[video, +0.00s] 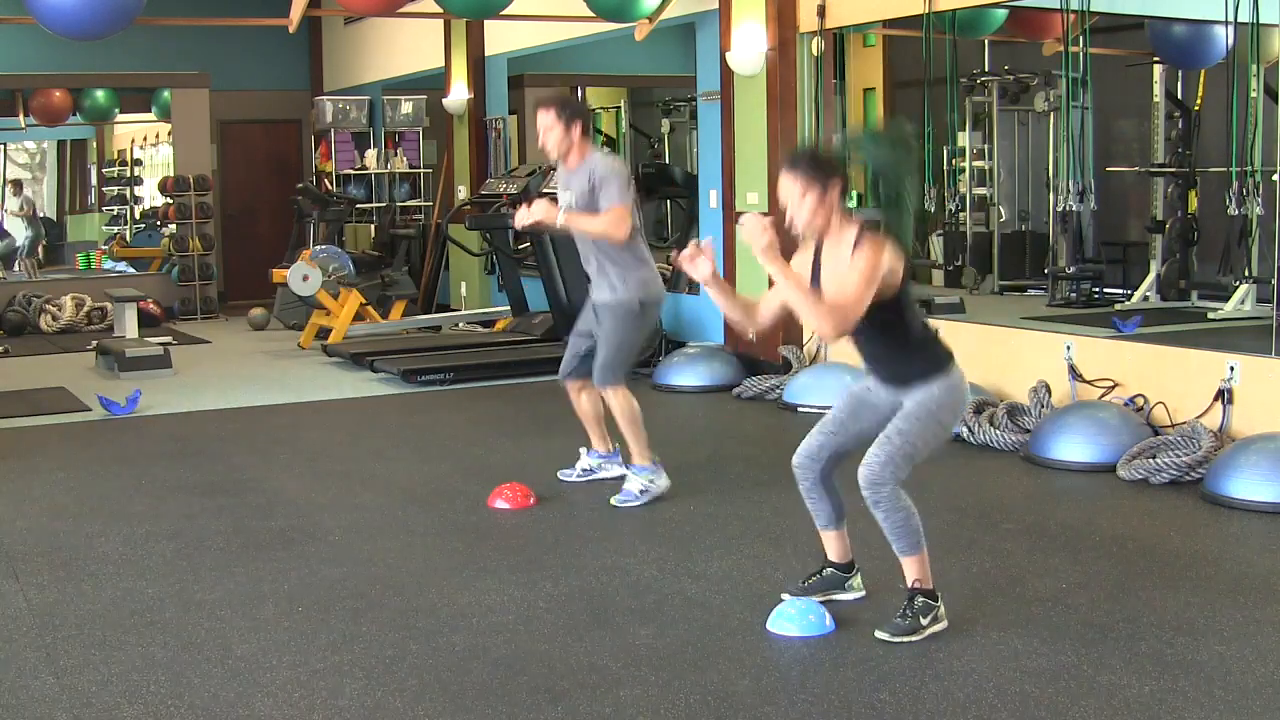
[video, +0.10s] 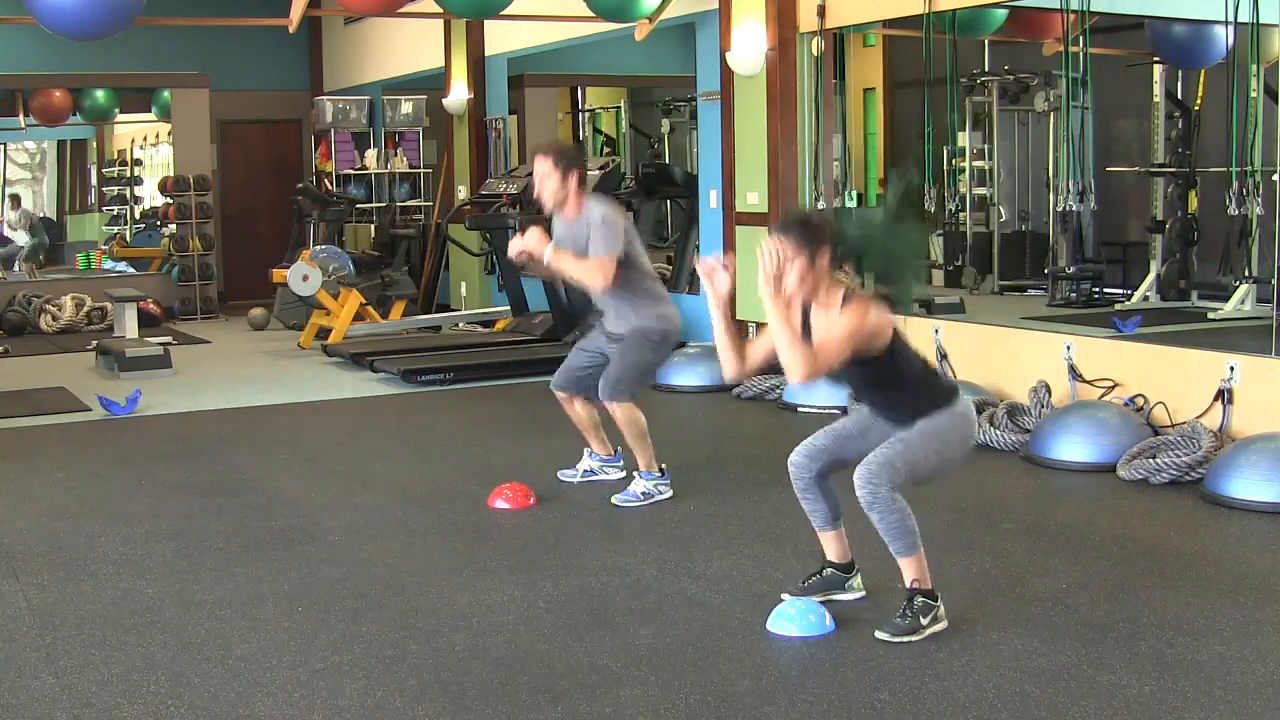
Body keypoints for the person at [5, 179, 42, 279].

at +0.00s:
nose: (10, 190)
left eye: (12, 188)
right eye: (9, 188)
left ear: (19, 188)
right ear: (9, 188)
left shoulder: (25, 198)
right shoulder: (16, 200)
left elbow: (28, 212)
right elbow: (22, 212)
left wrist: (13, 213)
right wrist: (9, 212)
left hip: (35, 231)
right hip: (27, 231)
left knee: (27, 255)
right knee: (21, 255)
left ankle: (35, 277)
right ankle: (29, 277)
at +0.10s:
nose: (10, 205)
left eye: (12, 202)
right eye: (9, 202)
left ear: (17, 202)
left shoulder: (23, 212)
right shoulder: (18, 214)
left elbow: (25, 225)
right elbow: (16, 228)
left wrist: (13, 226)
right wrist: (9, 224)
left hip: (39, 240)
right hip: (33, 240)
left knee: (25, 259)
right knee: (22, 258)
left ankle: (31, 279)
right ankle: (35, 278)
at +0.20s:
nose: (8, 216)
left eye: (10, 214)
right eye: (8, 214)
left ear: (15, 214)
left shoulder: (23, 223)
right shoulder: (16, 225)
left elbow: (19, 238)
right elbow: (13, 239)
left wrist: (8, 232)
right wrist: (6, 233)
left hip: (44, 246)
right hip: (37, 246)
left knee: (25, 258)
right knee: (24, 258)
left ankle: (34, 280)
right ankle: (35, 279)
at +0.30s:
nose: (6, 224)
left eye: (7, 222)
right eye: (5, 222)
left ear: (13, 221)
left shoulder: (22, 229)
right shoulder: (17, 231)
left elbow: (14, 245)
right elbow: (11, 247)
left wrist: (6, 235)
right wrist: (4, 236)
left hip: (44, 249)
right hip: (36, 249)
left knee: (25, 258)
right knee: (22, 258)